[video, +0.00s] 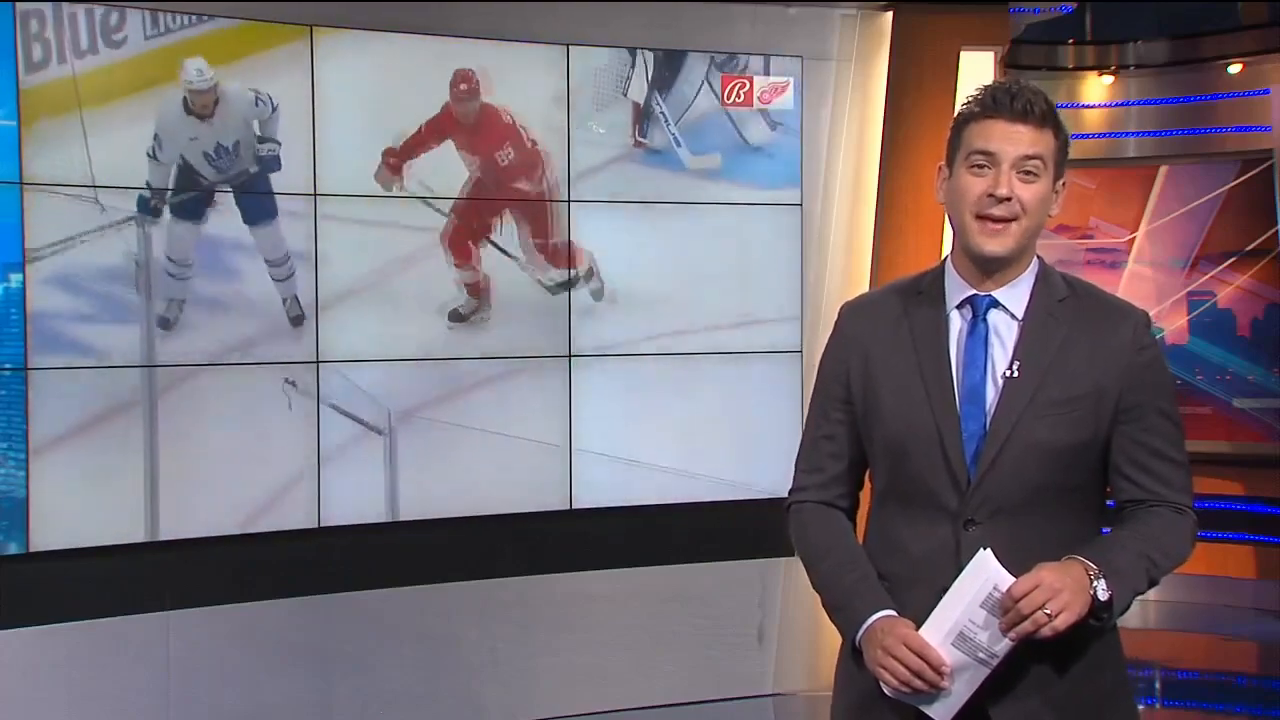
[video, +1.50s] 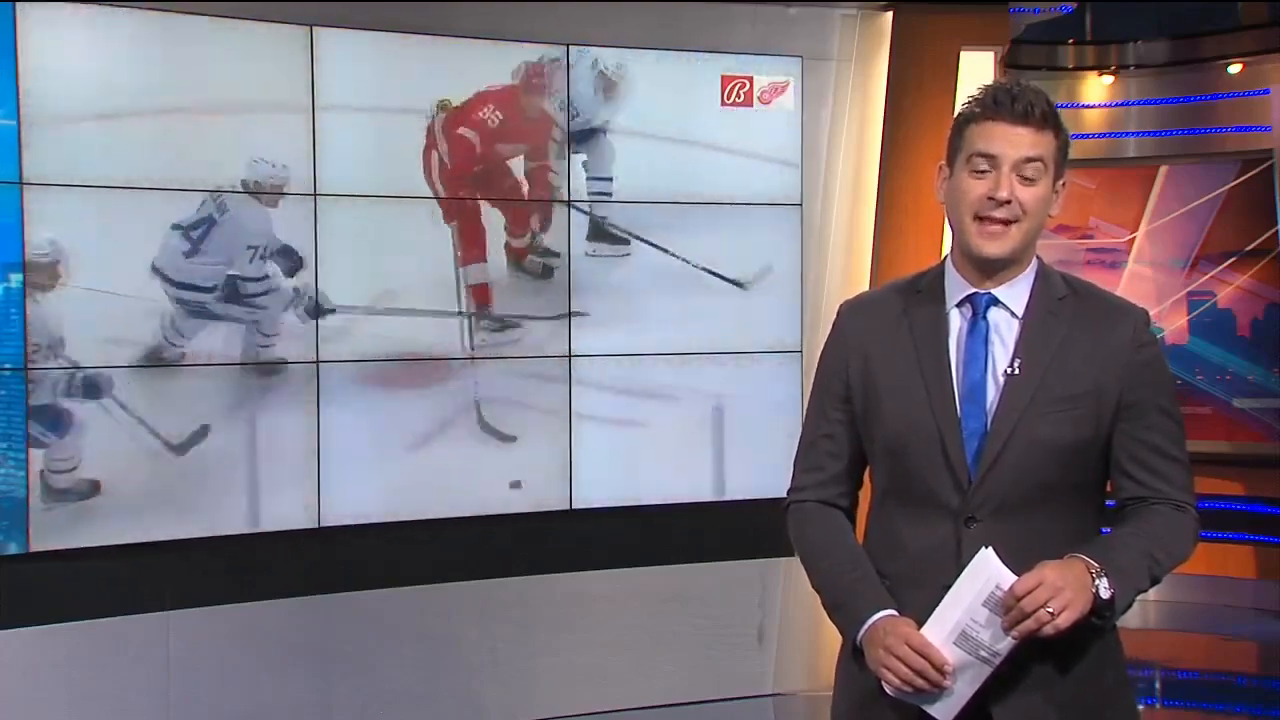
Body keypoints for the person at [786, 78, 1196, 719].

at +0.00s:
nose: (1001, 189)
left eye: (1027, 172)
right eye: (980, 165)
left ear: (1054, 197)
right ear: (944, 183)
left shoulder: (1119, 337)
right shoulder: (866, 327)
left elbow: (1164, 512)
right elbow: (817, 501)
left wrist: (1093, 574)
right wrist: (870, 620)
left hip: (1056, 692)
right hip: (892, 687)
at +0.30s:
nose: (1002, 188)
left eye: (1027, 170)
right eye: (980, 164)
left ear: (1054, 196)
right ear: (944, 183)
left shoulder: (1118, 334)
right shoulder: (864, 326)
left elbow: (1166, 508)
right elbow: (813, 499)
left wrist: (1094, 571)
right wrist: (870, 619)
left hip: (1056, 691)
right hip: (892, 687)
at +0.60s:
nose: (1005, 189)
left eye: (1030, 171)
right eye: (984, 165)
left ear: (1057, 196)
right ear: (946, 183)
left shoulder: (1119, 335)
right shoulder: (865, 326)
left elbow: (1166, 509)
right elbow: (814, 498)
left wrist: (1095, 572)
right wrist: (871, 619)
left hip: (1056, 691)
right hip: (893, 687)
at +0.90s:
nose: (1003, 189)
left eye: (1029, 171)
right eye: (982, 164)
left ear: (1056, 196)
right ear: (946, 183)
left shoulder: (1119, 335)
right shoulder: (866, 326)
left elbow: (1166, 509)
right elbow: (816, 500)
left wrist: (1095, 571)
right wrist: (871, 619)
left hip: (1056, 691)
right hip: (893, 687)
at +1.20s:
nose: (1004, 188)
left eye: (1029, 171)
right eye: (982, 164)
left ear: (1056, 196)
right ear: (945, 183)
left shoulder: (1119, 335)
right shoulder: (865, 327)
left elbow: (1167, 509)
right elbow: (815, 500)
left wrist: (1095, 571)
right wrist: (871, 619)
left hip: (1057, 691)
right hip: (893, 687)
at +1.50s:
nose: (1001, 192)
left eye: (1028, 174)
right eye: (981, 167)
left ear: (1055, 196)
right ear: (945, 183)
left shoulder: (1119, 336)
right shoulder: (865, 327)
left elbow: (1166, 510)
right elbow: (815, 501)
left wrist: (1094, 572)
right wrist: (871, 620)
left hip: (1056, 692)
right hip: (892, 688)